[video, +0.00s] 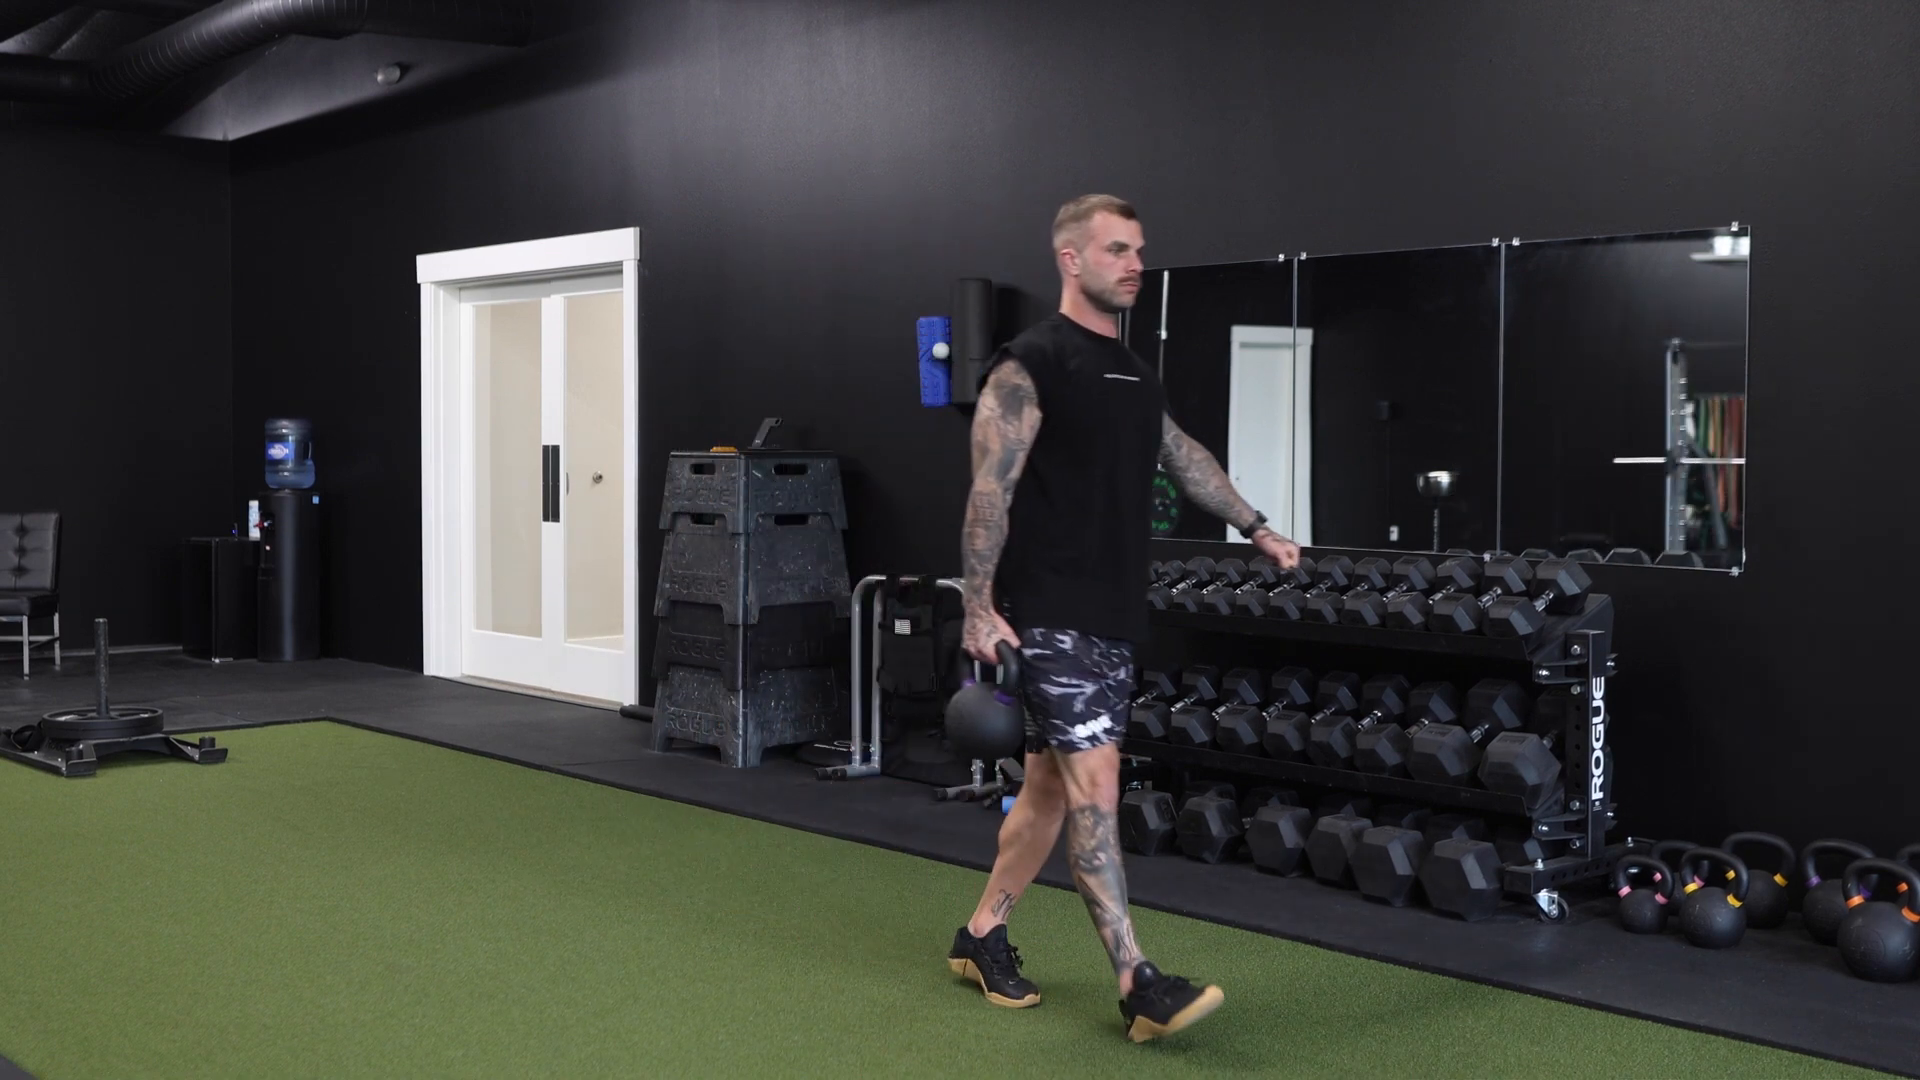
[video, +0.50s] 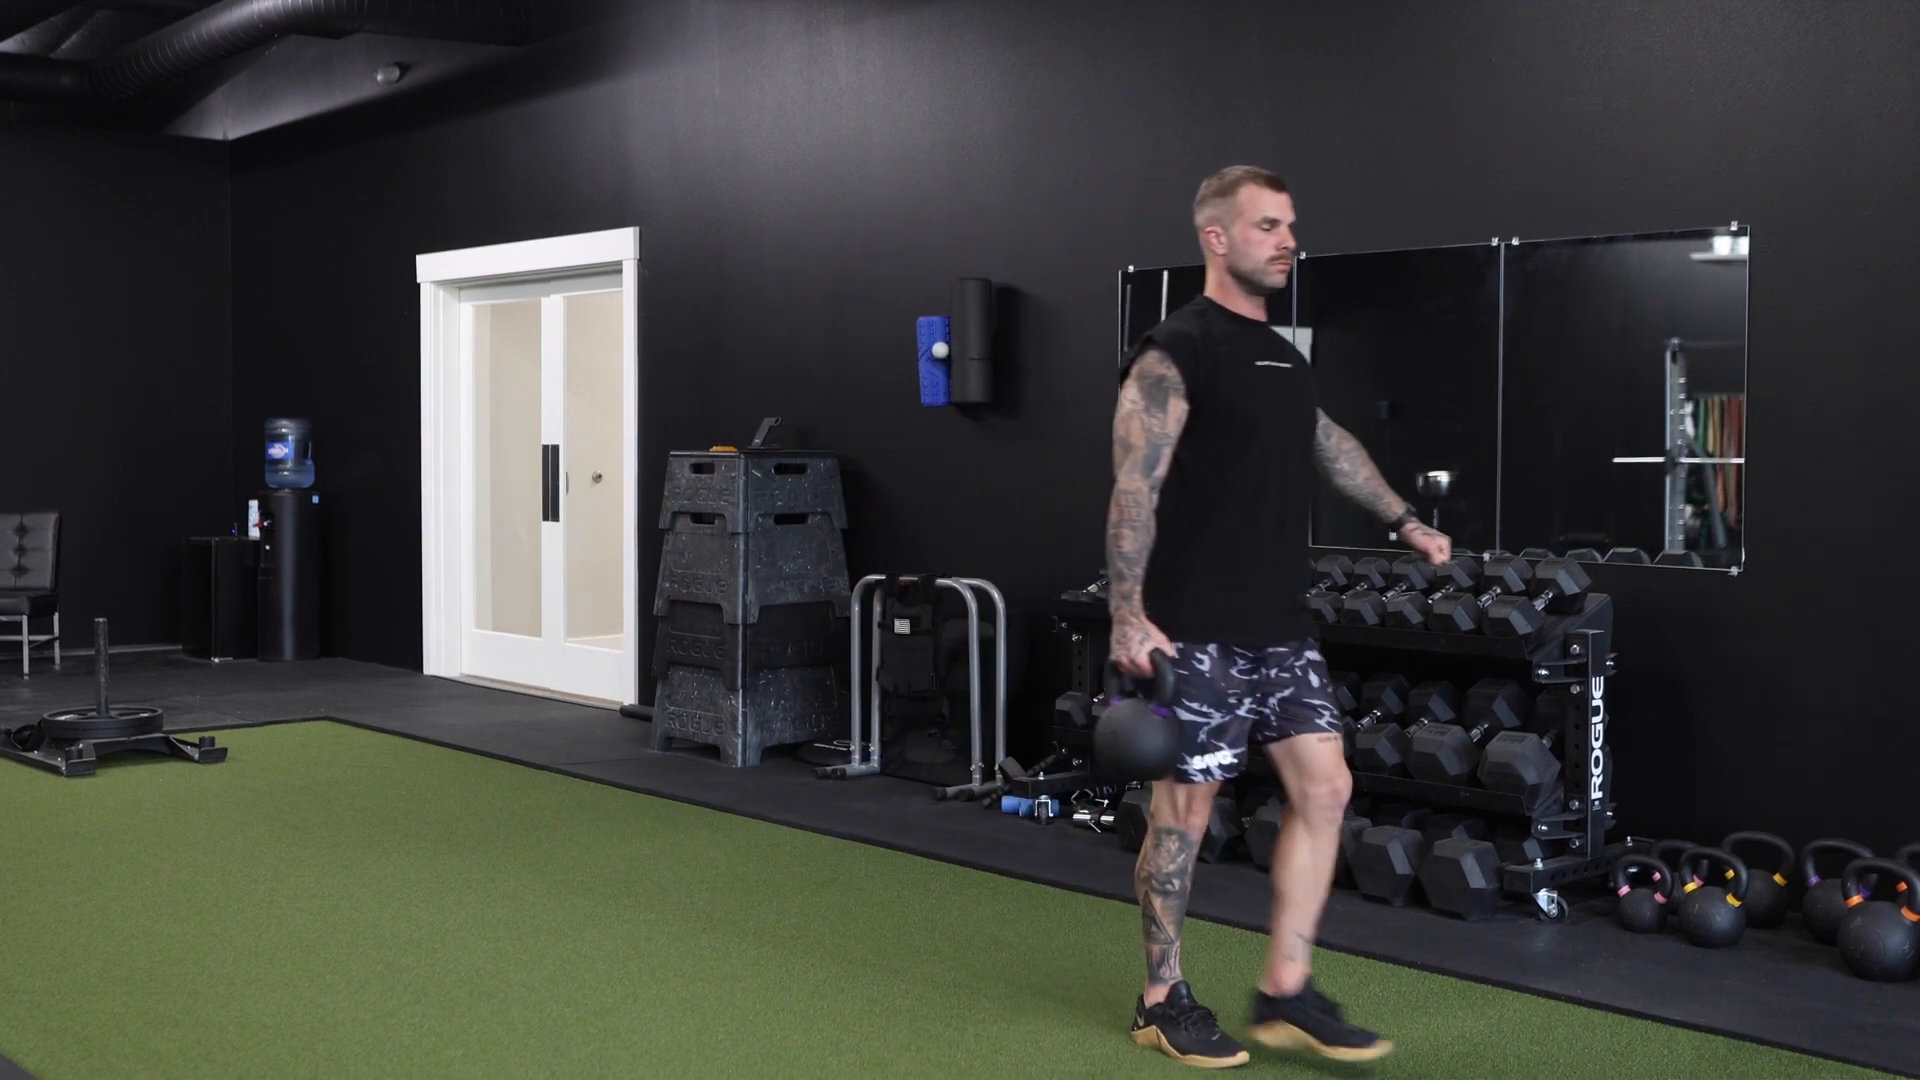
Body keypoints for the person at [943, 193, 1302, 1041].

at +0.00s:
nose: (1135, 265)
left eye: (1139, 253)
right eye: (1118, 251)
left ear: (1132, 265)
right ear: (1068, 259)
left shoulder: (1133, 366)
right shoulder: (1027, 366)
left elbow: (1180, 454)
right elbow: (990, 492)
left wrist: (1253, 524)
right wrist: (976, 604)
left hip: (1113, 613)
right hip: (1047, 609)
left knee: (1048, 786)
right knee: (1093, 783)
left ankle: (982, 932)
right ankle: (1135, 981)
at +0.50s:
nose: (1287, 242)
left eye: (1290, 228)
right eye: (1267, 226)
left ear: (1283, 242)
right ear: (1213, 237)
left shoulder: (1283, 358)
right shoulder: (1172, 357)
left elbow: (1331, 445)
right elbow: (1134, 489)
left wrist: (1403, 517)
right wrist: (1126, 611)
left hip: (1282, 626)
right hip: (1196, 627)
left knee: (1323, 791)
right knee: (1183, 808)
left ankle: (1285, 992)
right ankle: (1162, 996)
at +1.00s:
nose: (1478, 232)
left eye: (1480, 217)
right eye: (1458, 216)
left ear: (1466, 232)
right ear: (1397, 228)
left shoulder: (1461, 354)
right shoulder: (1349, 351)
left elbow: (1506, 459)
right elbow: (1310, 494)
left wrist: (1584, 544)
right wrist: (1296, 626)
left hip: (1454, 633)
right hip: (1380, 633)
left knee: (1410, 845)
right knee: (1470, 821)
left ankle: (1370, 1038)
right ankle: (1319, 965)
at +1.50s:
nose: (1667, 217)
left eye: (1670, 200)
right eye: (1643, 200)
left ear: (1667, 212)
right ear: (1579, 213)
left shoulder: (1653, 344)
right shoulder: (1533, 346)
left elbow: (1718, 454)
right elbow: (1481, 504)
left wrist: (1809, 541)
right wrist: (1467, 647)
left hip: (1659, 654)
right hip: (1577, 657)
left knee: (1670, 866)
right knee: (1613, 879)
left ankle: (1480, 991)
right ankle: (1630, 1072)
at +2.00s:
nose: (1753, 201)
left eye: (1771, 180)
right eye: (1729, 185)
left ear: (1802, 186)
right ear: (1696, 201)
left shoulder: (1863, 338)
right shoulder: (1647, 338)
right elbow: (1595, 502)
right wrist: (1566, 652)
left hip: (1826, 668)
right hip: (1686, 671)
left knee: (1832, 904)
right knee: (1698, 911)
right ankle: (1646, 1074)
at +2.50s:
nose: (1751, 192)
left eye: (1776, 167)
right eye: (1742, 172)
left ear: (1853, 164)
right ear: (1738, 178)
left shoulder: (1907, 312)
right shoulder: (1725, 327)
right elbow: (1694, 494)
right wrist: (1655, 644)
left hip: (1873, 693)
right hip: (1722, 681)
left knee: (1863, 951)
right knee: (1683, 918)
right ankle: (1729, 1073)